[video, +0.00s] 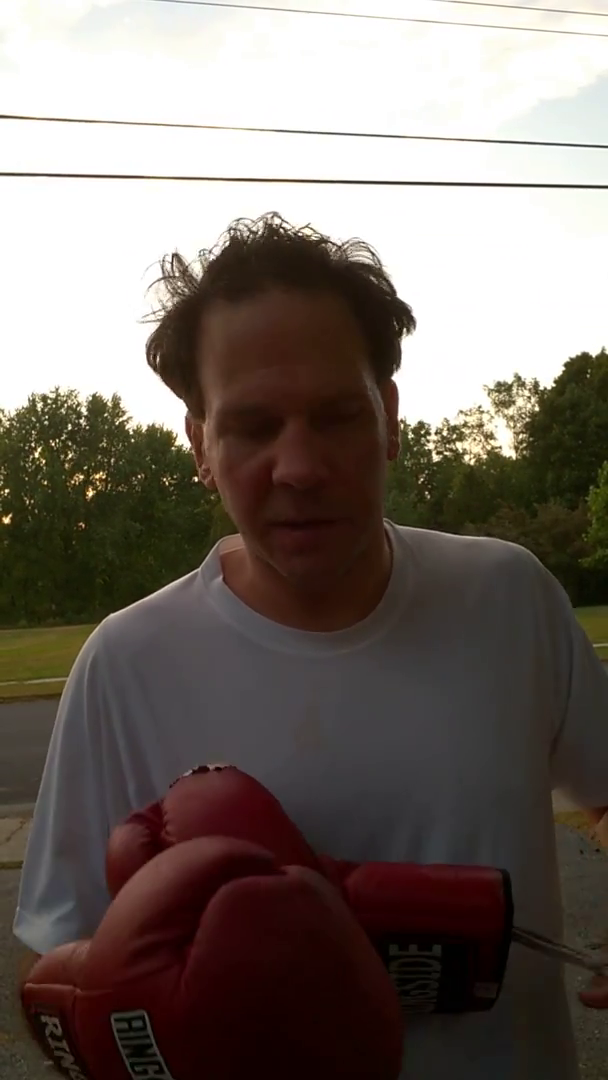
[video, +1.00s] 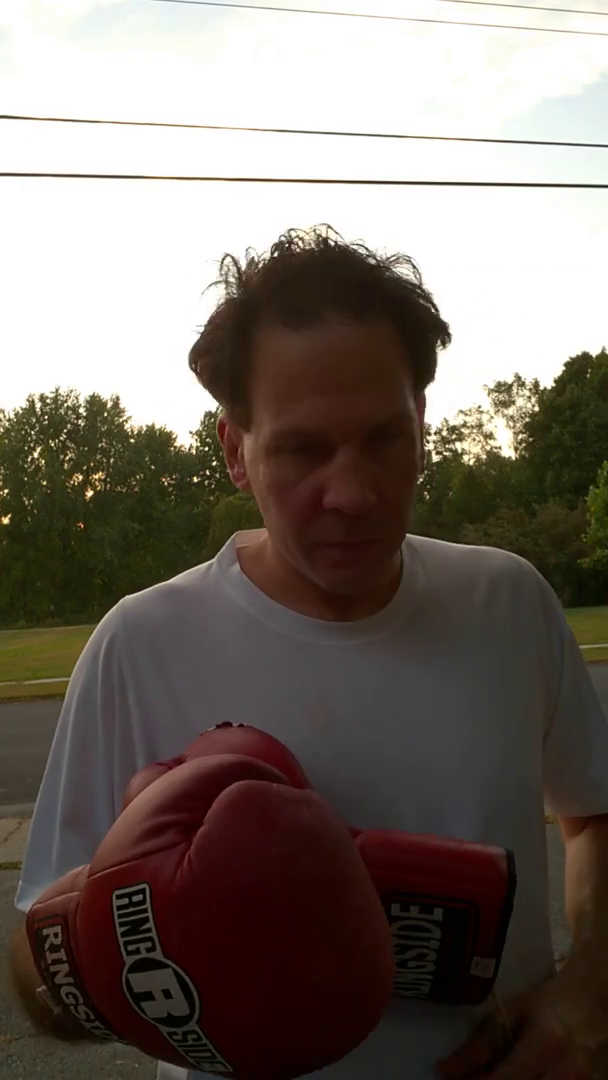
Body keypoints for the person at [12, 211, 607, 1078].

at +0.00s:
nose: (300, 467)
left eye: (336, 418)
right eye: (255, 426)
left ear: (389, 423)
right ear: (201, 450)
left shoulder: (512, 600)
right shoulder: (125, 666)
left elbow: (605, 791)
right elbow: (53, 945)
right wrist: (111, 969)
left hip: (518, 1064)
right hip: (247, 1070)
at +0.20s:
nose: (389, 543)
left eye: (417, 489)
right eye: (339, 499)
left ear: (437, 446)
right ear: (231, 464)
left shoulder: (503, 601)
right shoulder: (126, 667)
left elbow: (601, 790)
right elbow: (43, 977)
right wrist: (75, 927)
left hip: (524, 1064)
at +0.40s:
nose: (397, 555)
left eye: (428, 503)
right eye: (348, 513)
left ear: (449, 457)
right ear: (243, 471)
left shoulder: (501, 601)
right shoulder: (129, 662)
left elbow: (588, 794)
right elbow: (46, 979)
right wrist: (72, 924)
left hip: (518, 1064)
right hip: (253, 1066)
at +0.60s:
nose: (406, 550)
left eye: (435, 500)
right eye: (356, 508)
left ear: (456, 461)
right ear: (250, 465)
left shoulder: (503, 602)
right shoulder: (132, 657)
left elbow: (589, 795)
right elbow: (39, 986)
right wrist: (94, 904)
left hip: (513, 1066)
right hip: (251, 1067)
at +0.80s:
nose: (408, 541)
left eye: (434, 487)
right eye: (357, 496)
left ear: (454, 454)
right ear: (252, 463)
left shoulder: (503, 601)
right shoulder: (136, 654)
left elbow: (591, 801)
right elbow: (41, 986)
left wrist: (606, 949)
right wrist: (98, 902)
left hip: (506, 1066)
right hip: (250, 1065)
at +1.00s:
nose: (351, 494)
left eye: (383, 440)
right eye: (304, 449)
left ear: (423, 427)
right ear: (237, 452)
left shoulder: (511, 606)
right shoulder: (140, 648)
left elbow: (590, 817)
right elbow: (44, 989)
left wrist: (587, 980)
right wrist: (103, 898)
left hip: (492, 1065)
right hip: (241, 1066)